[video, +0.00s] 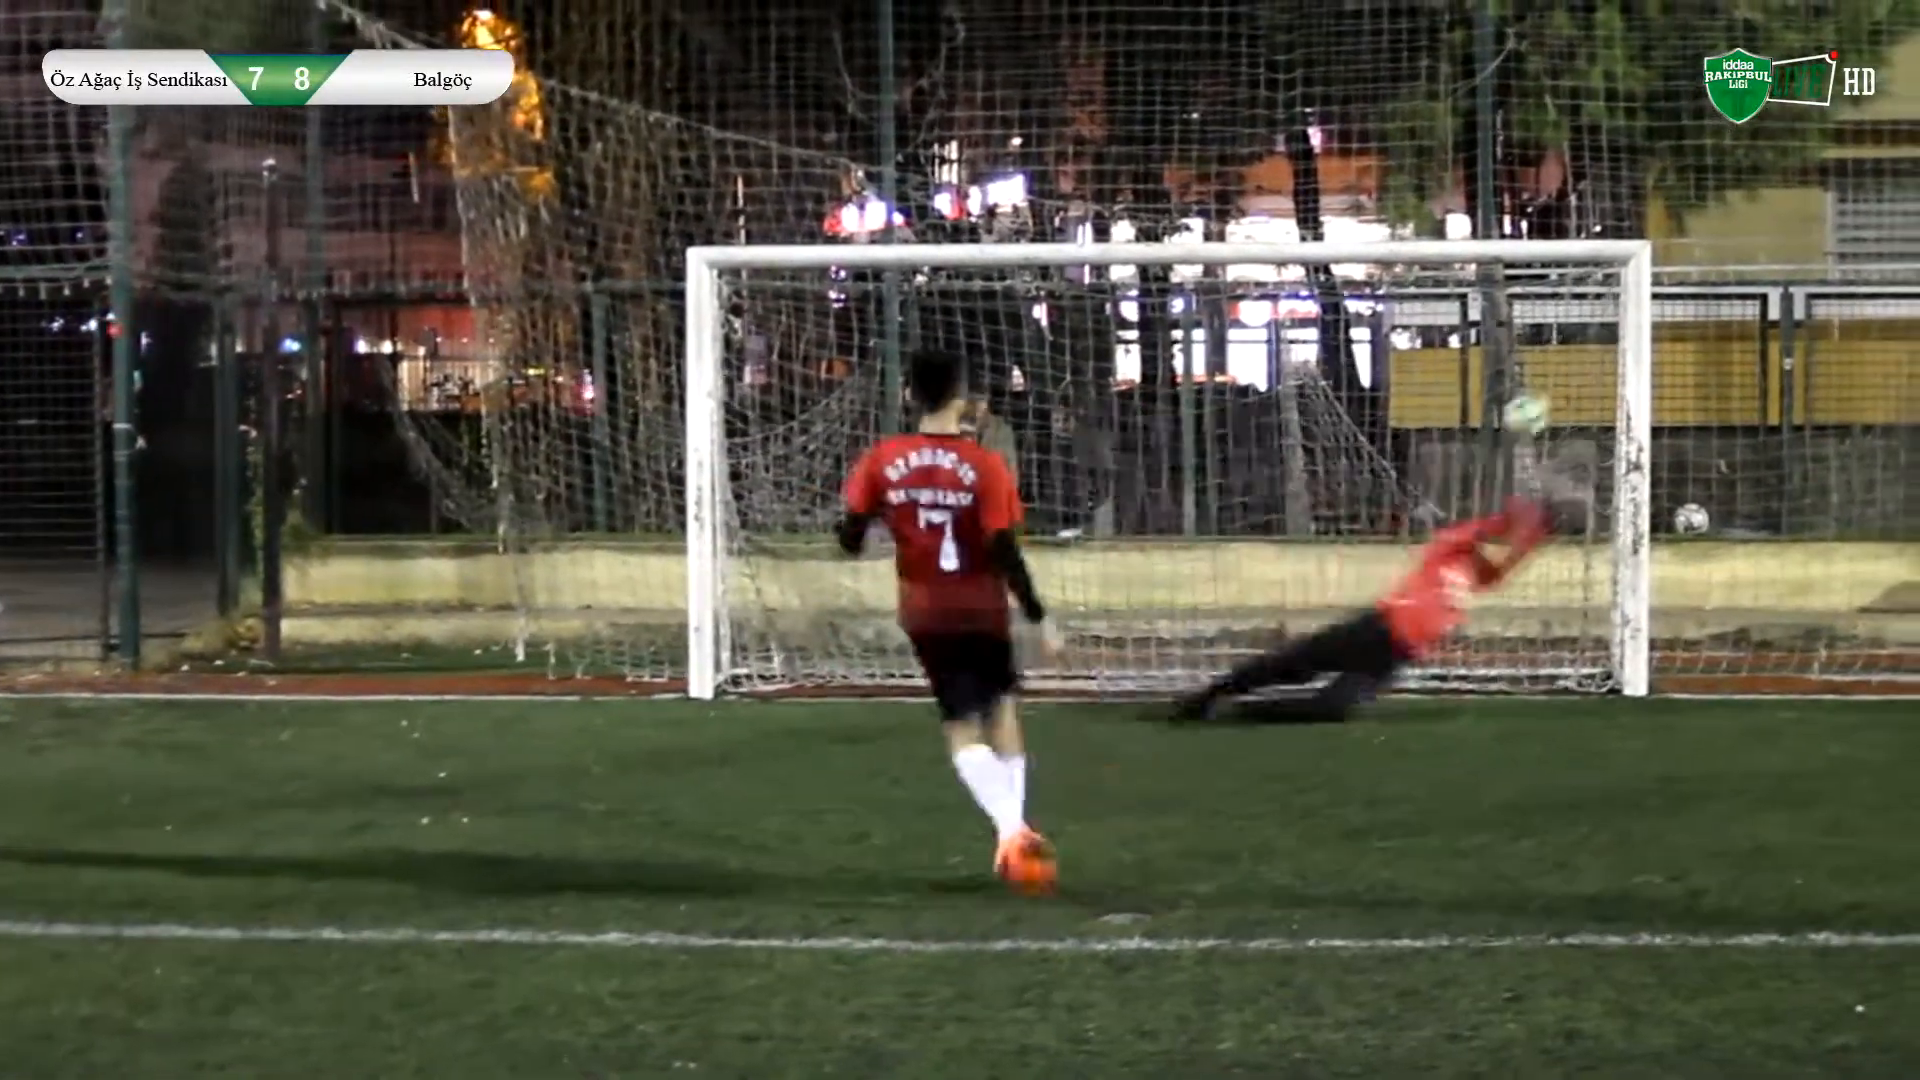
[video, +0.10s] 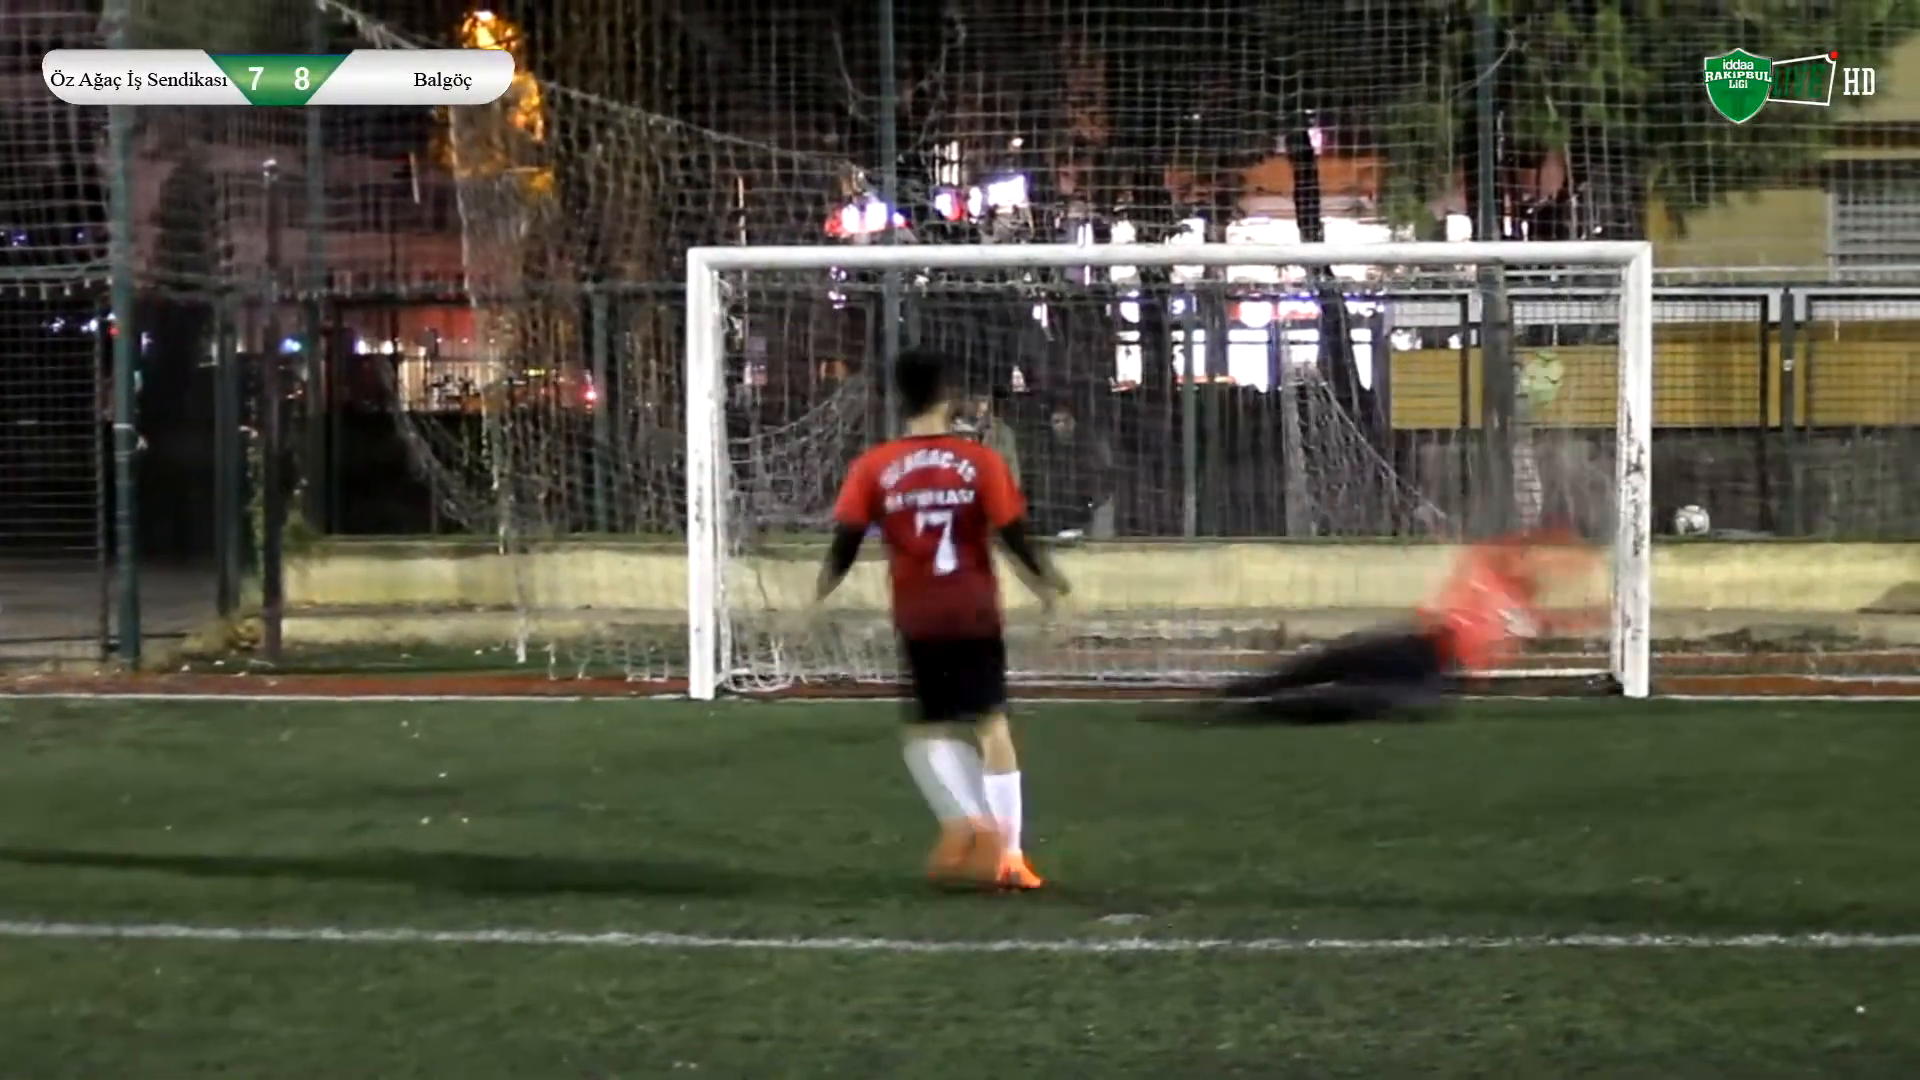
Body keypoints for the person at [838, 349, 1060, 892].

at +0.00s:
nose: (968, 402)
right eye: (966, 394)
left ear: (912, 398)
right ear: (962, 398)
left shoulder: (883, 458)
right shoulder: (984, 464)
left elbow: (849, 539)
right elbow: (1002, 547)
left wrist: (880, 508)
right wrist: (1039, 615)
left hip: (925, 618)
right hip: (982, 615)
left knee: (961, 727)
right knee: (1002, 711)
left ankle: (1010, 828)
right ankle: (1012, 832)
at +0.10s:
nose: (958, 401)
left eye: (950, 393)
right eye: (956, 393)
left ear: (901, 400)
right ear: (949, 397)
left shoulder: (875, 465)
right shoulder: (979, 458)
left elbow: (847, 540)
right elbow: (1011, 532)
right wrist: (1047, 580)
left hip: (919, 626)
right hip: (977, 621)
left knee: (924, 729)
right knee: (992, 724)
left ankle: (962, 819)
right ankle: (1009, 850)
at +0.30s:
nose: (918, 403)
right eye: (916, 395)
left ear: (863, 403)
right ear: (913, 398)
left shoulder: (848, 468)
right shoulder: (952, 451)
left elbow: (835, 553)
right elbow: (1012, 512)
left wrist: (800, 609)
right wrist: (1060, 547)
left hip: (897, 624)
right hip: (958, 618)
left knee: (873, 717)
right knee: (982, 725)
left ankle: (884, 831)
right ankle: (1014, 847)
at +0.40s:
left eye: (850, 399)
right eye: (886, 395)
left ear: (841, 401)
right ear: (890, 396)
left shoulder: (831, 466)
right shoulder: (934, 448)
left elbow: (827, 549)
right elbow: (995, 510)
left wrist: (795, 608)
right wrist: (1022, 521)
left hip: (877, 622)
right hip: (940, 616)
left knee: (849, 716)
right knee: (973, 720)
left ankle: (850, 842)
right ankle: (1013, 839)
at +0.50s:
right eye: (866, 389)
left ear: (808, 403)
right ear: (859, 393)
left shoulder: (806, 467)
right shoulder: (905, 448)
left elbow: (815, 544)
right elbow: (964, 511)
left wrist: (788, 604)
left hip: (853, 619)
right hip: (912, 613)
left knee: (832, 720)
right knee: (952, 720)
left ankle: (839, 843)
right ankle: (1000, 829)